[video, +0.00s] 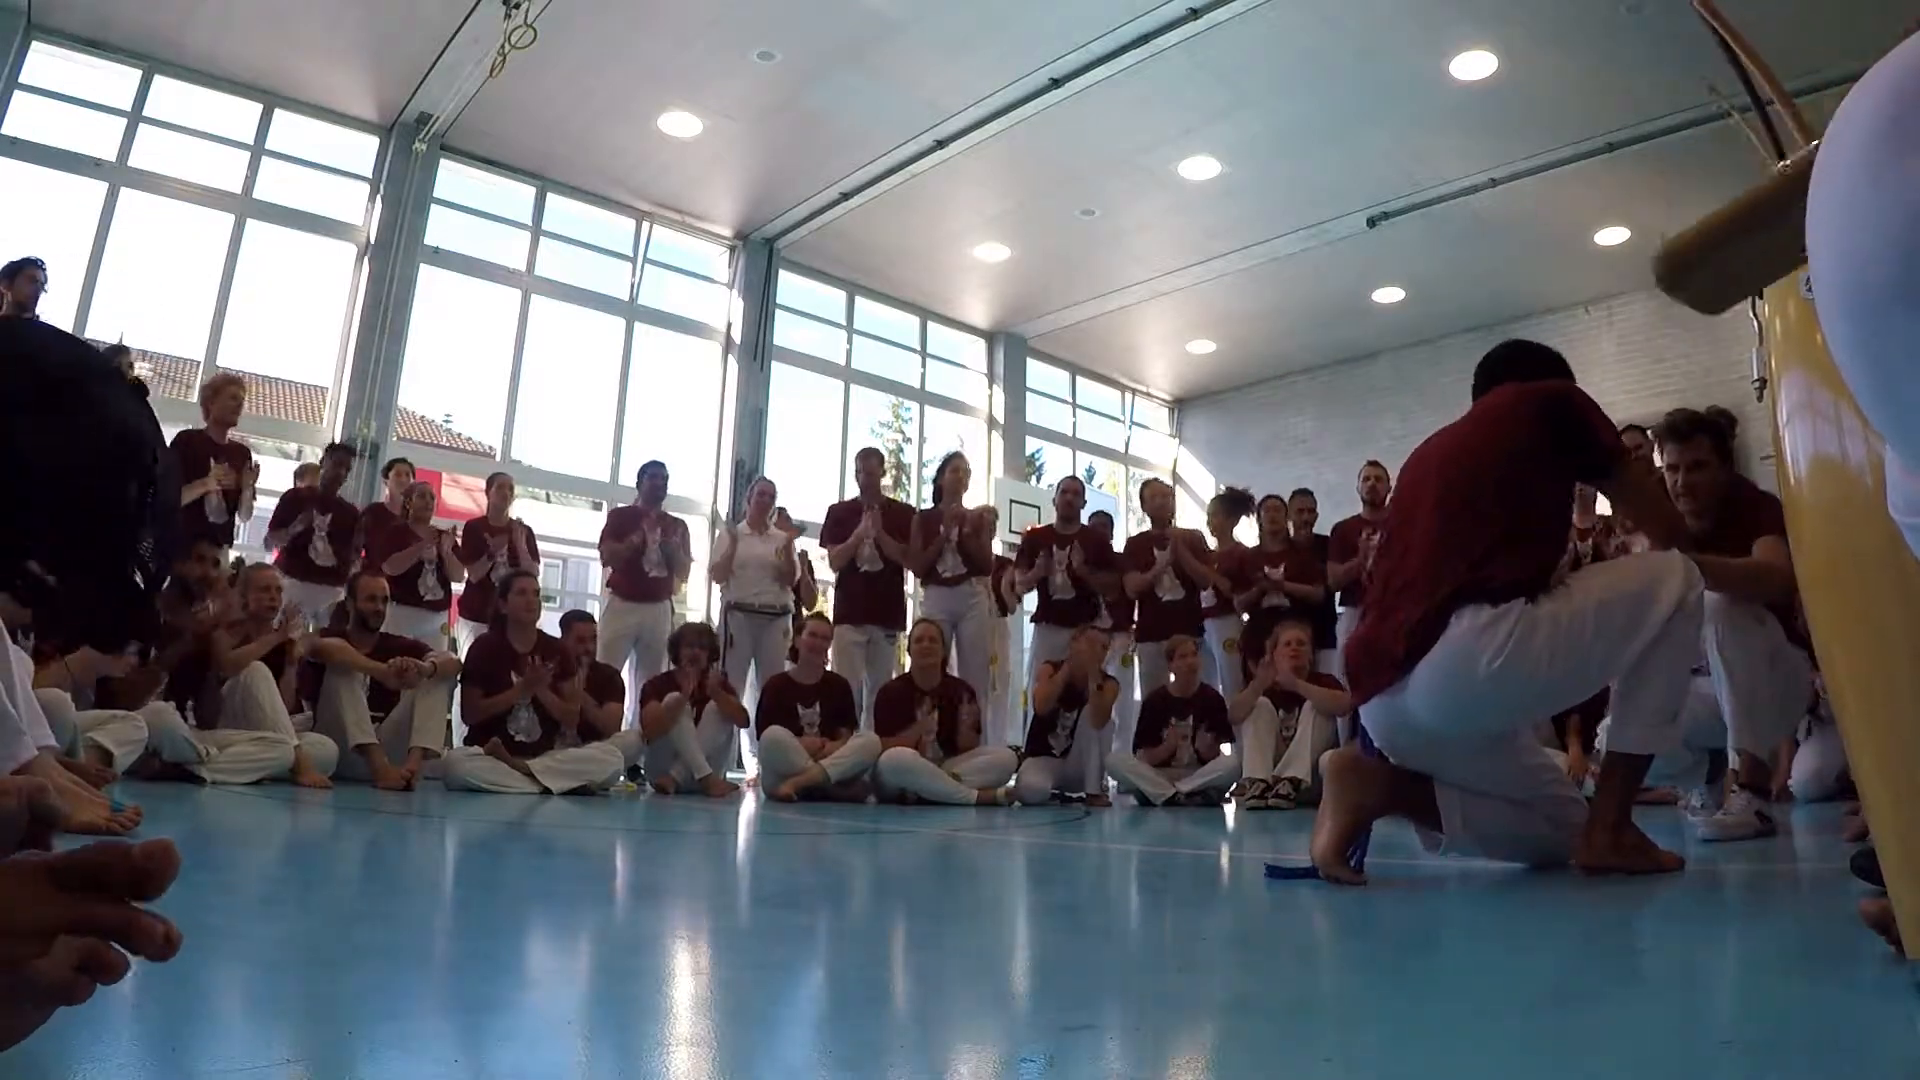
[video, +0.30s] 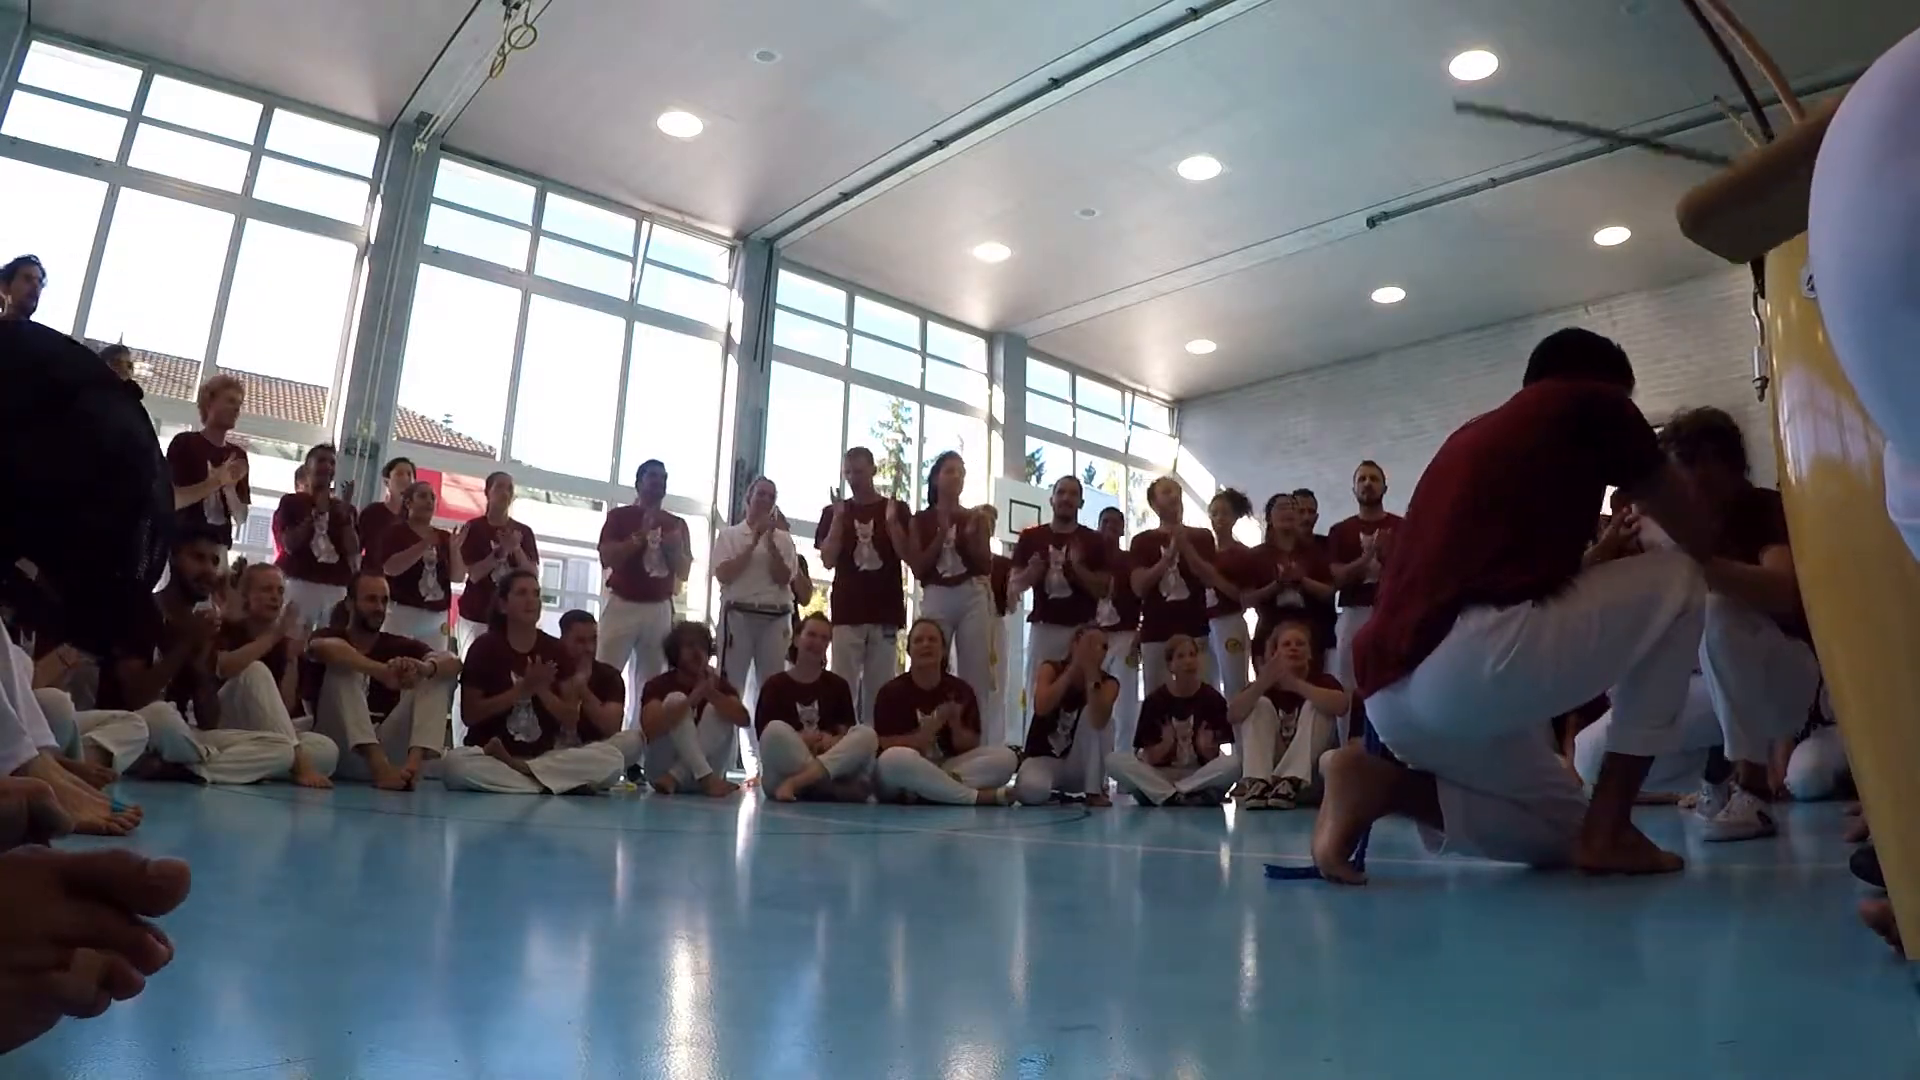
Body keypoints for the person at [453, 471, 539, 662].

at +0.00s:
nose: (505, 493)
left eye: (510, 489)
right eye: (500, 488)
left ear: (513, 495)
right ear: (488, 492)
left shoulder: (523, 531)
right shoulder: (473, 527)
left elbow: (533, 573)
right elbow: (473, 575)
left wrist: (521, 547)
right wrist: (492, 553)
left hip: (510, 618)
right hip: (475, 614)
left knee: (505, 680)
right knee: (472, 678)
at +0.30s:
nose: (505, 493)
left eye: (509, 489)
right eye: (499, 487)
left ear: (513, 495)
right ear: (487, 492)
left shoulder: (524, 532)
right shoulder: (472, 527)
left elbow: (533, 574)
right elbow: (474, 575)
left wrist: (516, 549)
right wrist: (500, 551)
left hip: (511, 619)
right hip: (474, 615)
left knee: (505, 681)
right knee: (471, 680)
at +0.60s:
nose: (505, 493)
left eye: (509, 489)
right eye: (499, 488)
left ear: (513, 495)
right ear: (488, 492)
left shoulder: (523, 531)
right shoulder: (473, 527)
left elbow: (533, 573)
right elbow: (474, 575)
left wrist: (520, 542)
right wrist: (492, 552)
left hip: (511, 617)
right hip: (475, 613)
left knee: (504, 679)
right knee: (471, 678)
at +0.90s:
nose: (505, 494)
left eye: (509, 489)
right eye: (499, 488)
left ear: (513, 495)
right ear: (488, 493)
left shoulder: (524, 532)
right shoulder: (474, 527)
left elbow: (533, 574)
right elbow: (473, 574)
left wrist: (518, 547)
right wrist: (495, 552)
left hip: (511, 618)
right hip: (475, 614)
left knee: (504, 680)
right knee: (471, 679)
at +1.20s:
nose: (505, 494)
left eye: (509, 489)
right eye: (499, 488)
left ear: (513, 495)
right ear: (488, 493)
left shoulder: (524, 532)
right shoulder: (473, 527)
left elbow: (532, 573)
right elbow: (473, 574)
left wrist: (516, 553)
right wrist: (497, 553)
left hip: (510, 617)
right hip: (475, 614)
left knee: (505, 679)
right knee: (472, 678)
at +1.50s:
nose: (504, 494)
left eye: (508, 489)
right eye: (498, 488)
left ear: (513, 495)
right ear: (487, 493)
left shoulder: (524, 533)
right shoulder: (473, 527)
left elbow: (531, 576)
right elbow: (473, 574)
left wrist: (514, 554)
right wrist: (497, 554)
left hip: (510, 619)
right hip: (474, 615)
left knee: (505, 683)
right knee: (471, 680)